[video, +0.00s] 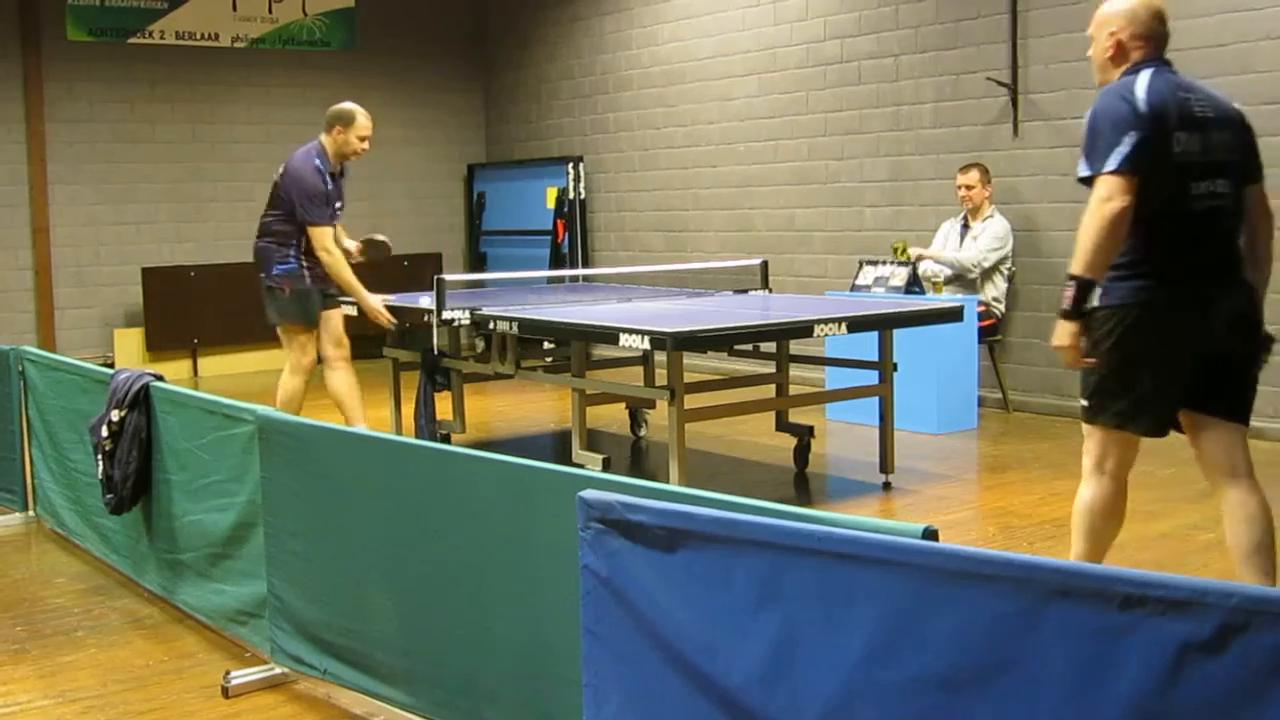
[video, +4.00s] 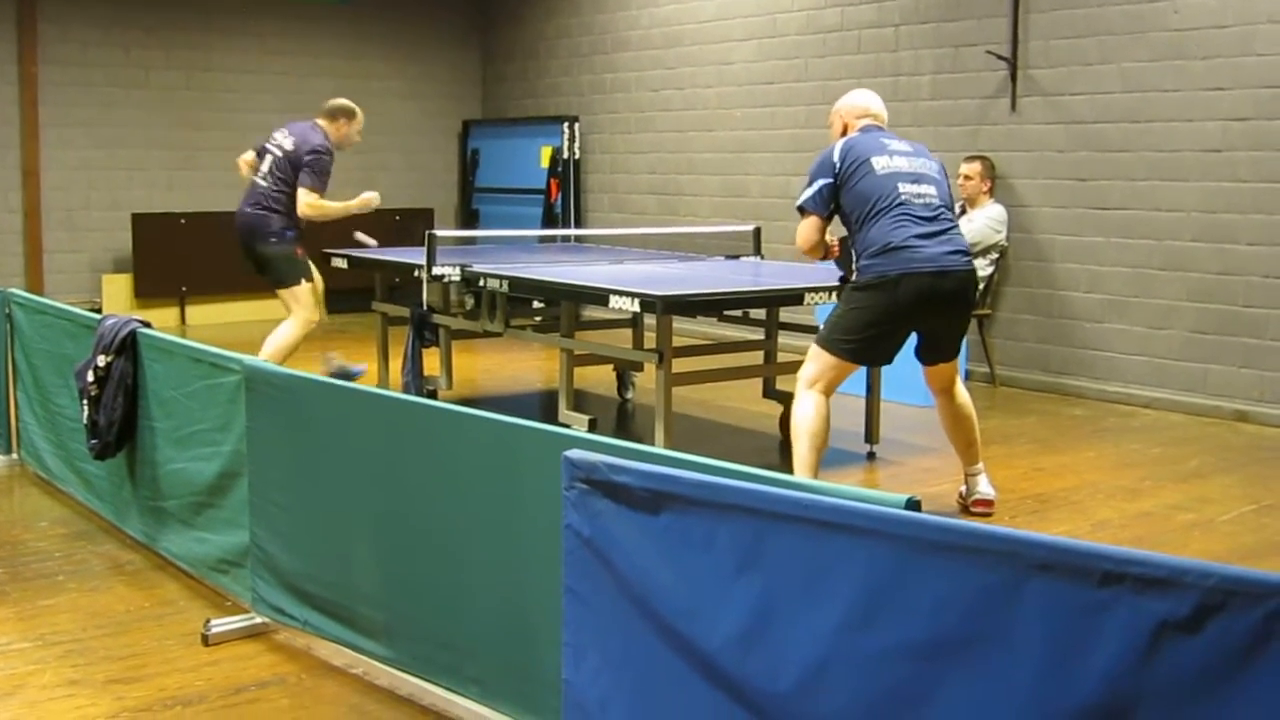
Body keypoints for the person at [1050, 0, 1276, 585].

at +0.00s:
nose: (1090, 53)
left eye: (1094, 41)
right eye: (1092, 41)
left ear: (1121, 43)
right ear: (1155, 45)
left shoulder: (1120, 102)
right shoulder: (1226, 112)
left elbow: (1112, 205)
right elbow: (1260, 223)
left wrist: (1071, 305)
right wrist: (1250, 310)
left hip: (1135, 315)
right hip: (1222, 312)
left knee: (1103, 468)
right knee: (1233, 472)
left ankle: (1075, 601)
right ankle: (1263, 612)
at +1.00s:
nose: (940, 74)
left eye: (943, 64)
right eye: (941, 66)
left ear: (957, 61)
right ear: (1002, 66)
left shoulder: (953, 102)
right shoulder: (1040, 124)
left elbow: (929, 181)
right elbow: (1067, 219)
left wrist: (905, 255)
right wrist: (1061, 299)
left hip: (964, 289)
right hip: (1029, 293)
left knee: (908, 407)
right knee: (998, 417)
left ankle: (952, 525)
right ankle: (995, 542)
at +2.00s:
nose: (821, 175)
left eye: (820, 168)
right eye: (819, 168)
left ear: (831, 161)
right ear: (865, 154)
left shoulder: (831, 188)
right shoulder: (914, 179)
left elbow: (807, 271)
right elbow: (938, 243)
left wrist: (804, 307)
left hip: (907, 305)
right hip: (972, 298)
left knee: (837, 416)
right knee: (966, 412)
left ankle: (816, 534)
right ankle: (992, 517)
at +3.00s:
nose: (820, 210)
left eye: (820, 203)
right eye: (819, 204)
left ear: (831, 197)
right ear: (867, 191)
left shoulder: (828, 223)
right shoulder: (916, 217)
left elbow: (806, 312)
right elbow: (922, 284)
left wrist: (827, 329)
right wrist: (857, 323)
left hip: (897, 334)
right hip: (965, 331)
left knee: (815, 432)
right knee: (957, 429)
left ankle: (809, 542)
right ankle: (990, 529)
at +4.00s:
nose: (833, 135)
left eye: (833, 128)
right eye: (833, 129)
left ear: (845, 123)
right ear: (882, 121)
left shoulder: (837, 154)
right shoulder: (925, 154)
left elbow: (807, 240)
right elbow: (941, 218)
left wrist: (827, 248)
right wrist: (861, 242)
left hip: (890, 275)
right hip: (955, 275)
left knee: (813, 384)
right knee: (947, 383)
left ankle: (802, 494)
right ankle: (978, 483)